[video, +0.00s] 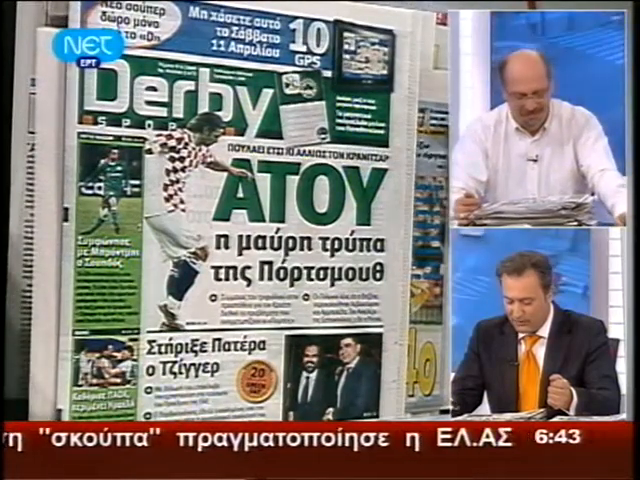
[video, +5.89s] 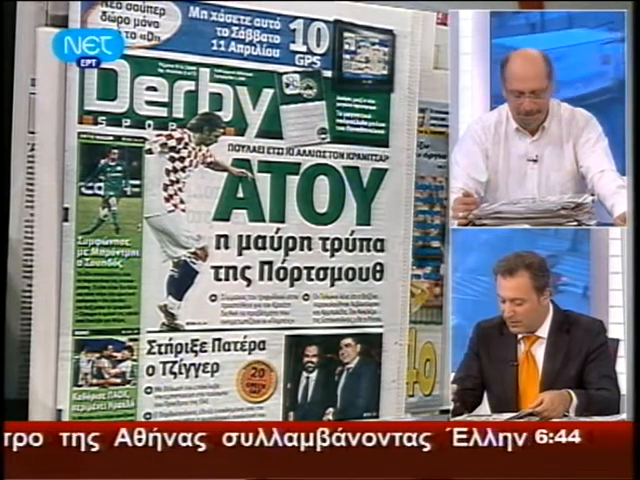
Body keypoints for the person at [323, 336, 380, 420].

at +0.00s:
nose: (343, 351)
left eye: (347, 346)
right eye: (341, 348)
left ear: (358, 348)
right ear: (339, 351)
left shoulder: (367, 368)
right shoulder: (340, 371)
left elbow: (360, 409)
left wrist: (335, 415)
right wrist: (330, 411)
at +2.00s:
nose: (343, 351)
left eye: (347, 346)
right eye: (341, 348)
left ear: (358, 348)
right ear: (339, 351)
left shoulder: (367, 368)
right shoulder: (340, 372)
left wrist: (335, 415)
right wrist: (331, 411)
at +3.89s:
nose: (343, 351)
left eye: (347, 346)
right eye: (341, 348)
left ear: (358, 348)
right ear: (339, 351)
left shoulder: (367, 368)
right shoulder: (341, 371)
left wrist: (335, 416)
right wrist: (332, 410)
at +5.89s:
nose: (343, 351)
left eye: (347, 346)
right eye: (341, 348)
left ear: (358, 348)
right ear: (339, 351)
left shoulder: (367, 368)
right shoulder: (341, 371)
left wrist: (335, 416)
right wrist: (331, 410)